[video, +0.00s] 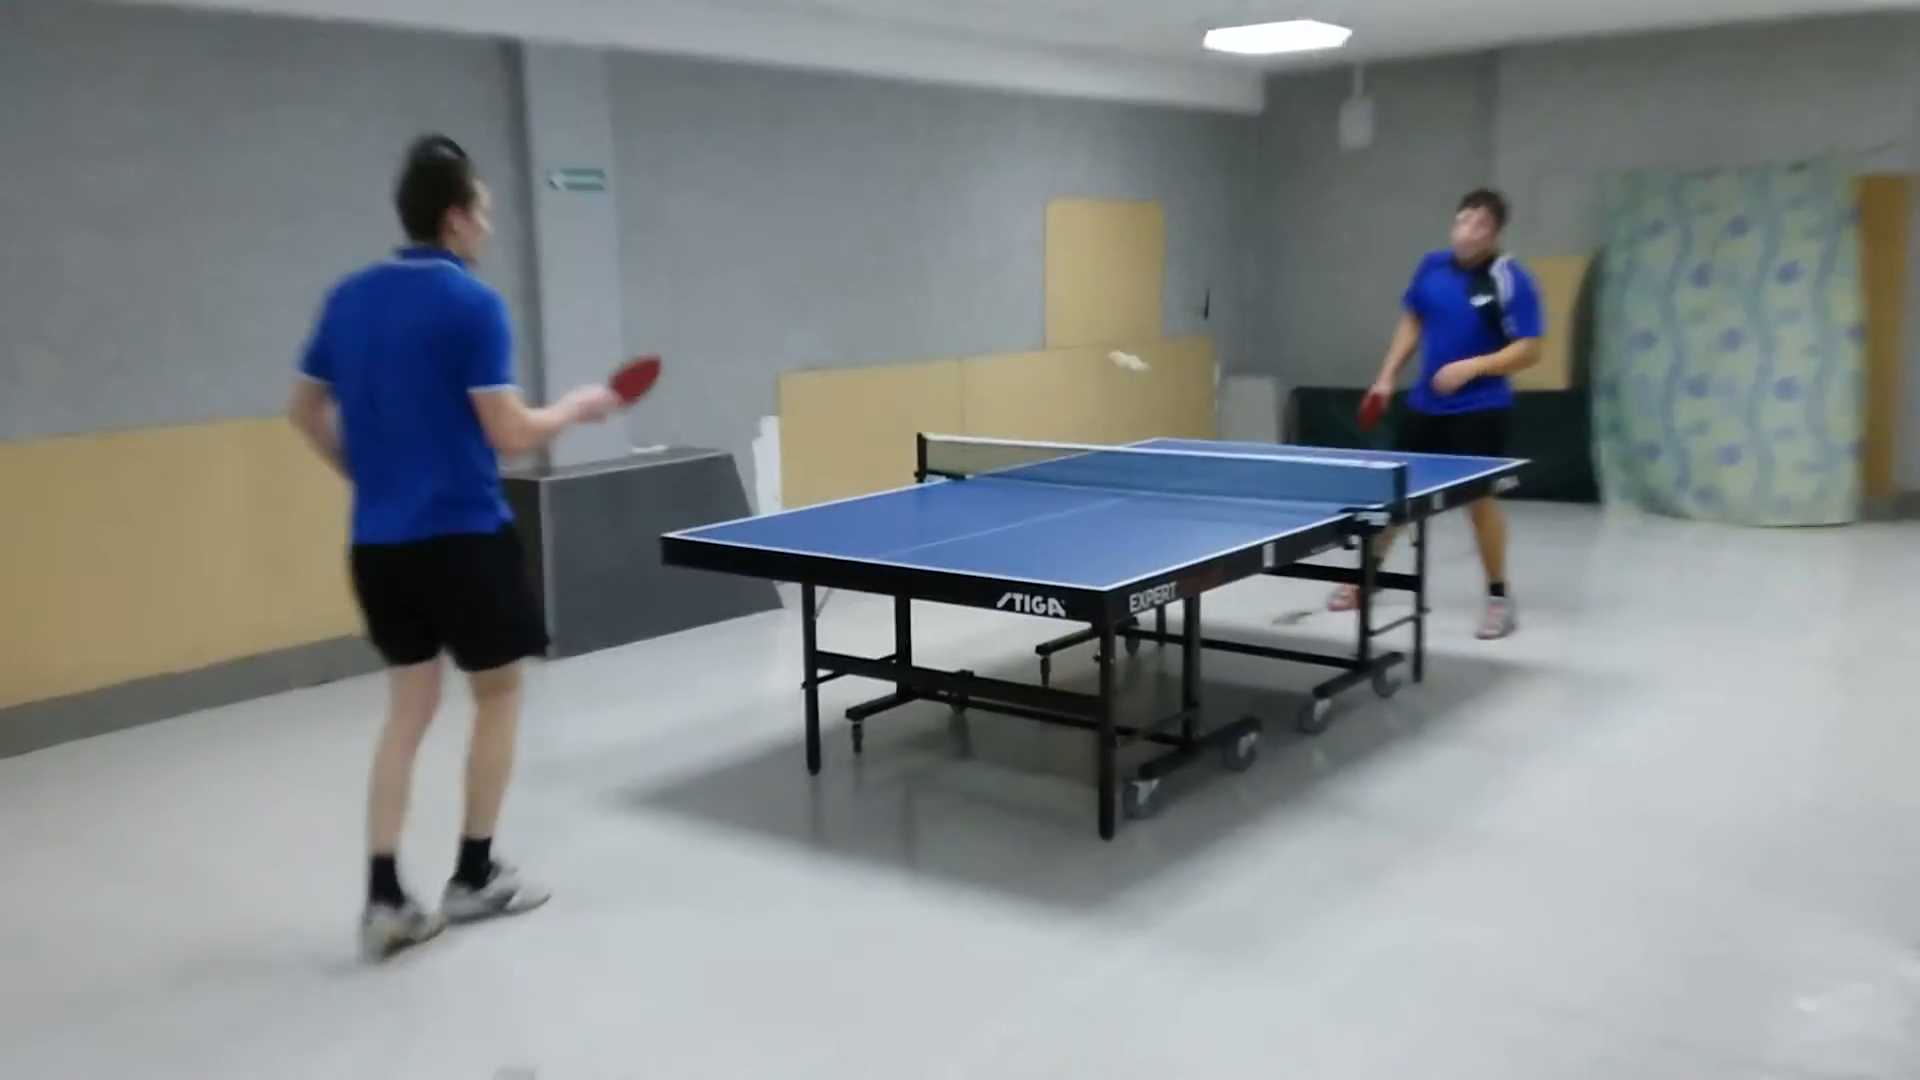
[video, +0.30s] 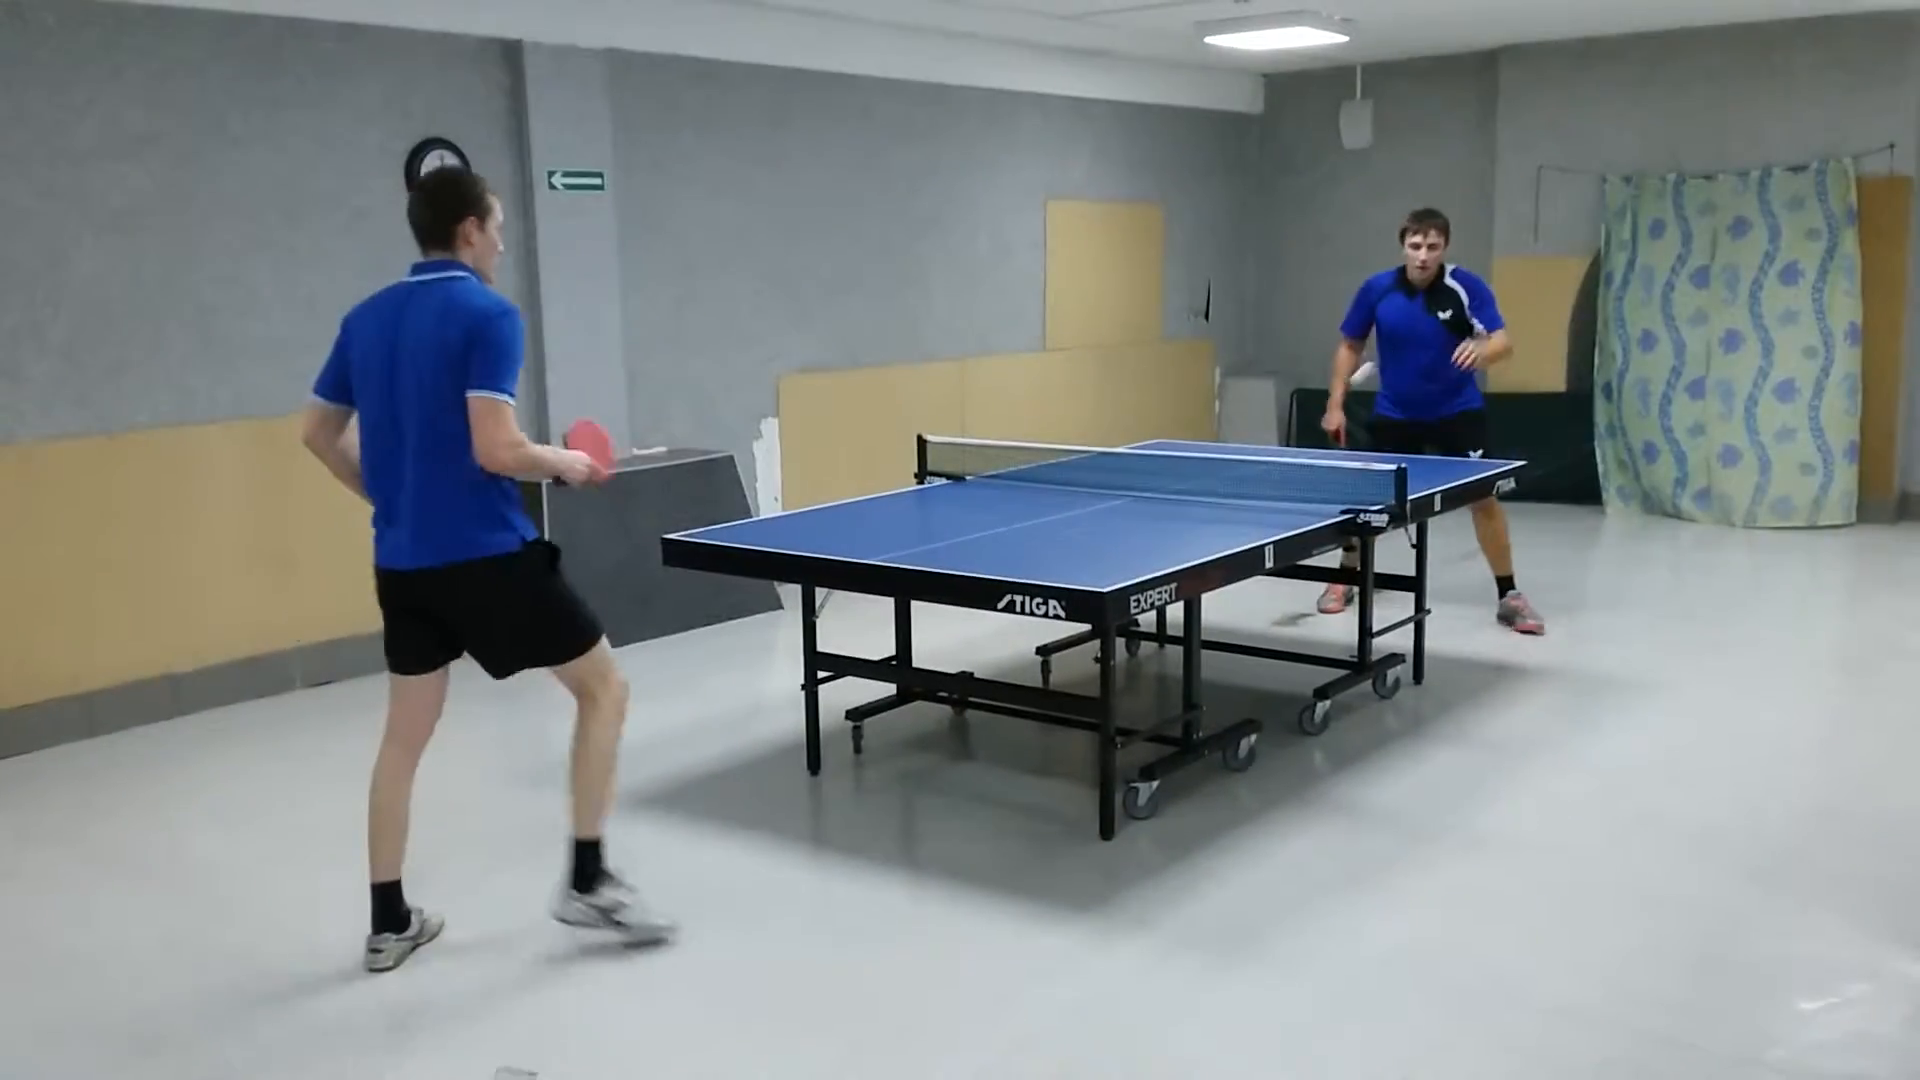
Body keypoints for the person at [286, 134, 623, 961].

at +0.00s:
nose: (488, 223)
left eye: (484, 208)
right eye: (481, 209)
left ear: (413, 215)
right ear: (456, 214)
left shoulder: (349, 297)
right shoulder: (472, 303)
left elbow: (305, 408)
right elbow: (510, 433)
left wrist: (363, 472)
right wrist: (578, 407)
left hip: (380, 543)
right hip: (467, 537)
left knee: (411, 698)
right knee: (498, 693)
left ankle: (383, 896)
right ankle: (475, 874)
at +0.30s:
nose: (502, 242)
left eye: (500, 228)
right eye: (498, 228)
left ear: (425, 235)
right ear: (471, 231)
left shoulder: (368, 316)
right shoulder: (487, 311)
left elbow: (320, 433)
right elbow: (497, 449)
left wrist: (383, 494)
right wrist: (567, 462)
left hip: (403, 564)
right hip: (489, 555)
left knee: (403, 734)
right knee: (603, 690)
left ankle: (388, 921)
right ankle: (588, 881)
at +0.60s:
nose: (592, 249)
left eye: (586, 235)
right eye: (588, 238)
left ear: (515, 251)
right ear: (575, 248)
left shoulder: (457, 327)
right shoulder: (599, 349)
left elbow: (395, 437)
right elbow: (612, 495)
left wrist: (453, 504)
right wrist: (658, 512)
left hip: (467, 578)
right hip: (557, 581)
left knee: (477, 710)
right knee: (632, 738)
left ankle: (400, 891)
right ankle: (624, 941)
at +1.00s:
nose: (669, 318)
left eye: (666, 304)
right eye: (667, 305)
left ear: (596, 303)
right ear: (650, 311)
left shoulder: (526, 348)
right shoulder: (628, 407)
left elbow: (442, 429)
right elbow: (627, 556)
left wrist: (497, 495)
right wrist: (702, 560)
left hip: (456, 582)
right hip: (534, 600)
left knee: (478, 696)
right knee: (641, 742)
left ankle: (435, 846)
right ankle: (623, 942)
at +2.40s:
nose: (552, 379)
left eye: (549, 366)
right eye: (549, 367)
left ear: (480, 370)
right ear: (532, 371)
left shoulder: (418, 419)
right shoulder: (525, 447)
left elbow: (399, 512)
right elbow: (596, 562)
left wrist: (480, 552)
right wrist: (615, 522)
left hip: (330, 620)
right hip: (408, 628)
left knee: (400, 708)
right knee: (567, 715)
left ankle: (305, 842)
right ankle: (574, 900)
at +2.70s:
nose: (511, 393)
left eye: (510, 381)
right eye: (509, 381)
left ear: (438, 386)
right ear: (493, 382)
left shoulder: (381, 437)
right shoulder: (485, 473)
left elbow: (326, 509)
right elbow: (600, 566)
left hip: (338, 658)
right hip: (409, 666)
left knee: (425, 706)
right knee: (588, 709)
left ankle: (306, 836)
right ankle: (576, 899)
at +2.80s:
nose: (472, 338)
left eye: (467, 324)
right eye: (467, 325)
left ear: (398, 334)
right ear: (450, 331)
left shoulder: (340, 385)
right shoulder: (464, 419)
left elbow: (252, 408)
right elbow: (581, 429)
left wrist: (313, 444)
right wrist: (694, 383)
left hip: (326, 615)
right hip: (406, 624)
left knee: (401, 681)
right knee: (567, 702)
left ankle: (311, 823)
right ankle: (582, 884)